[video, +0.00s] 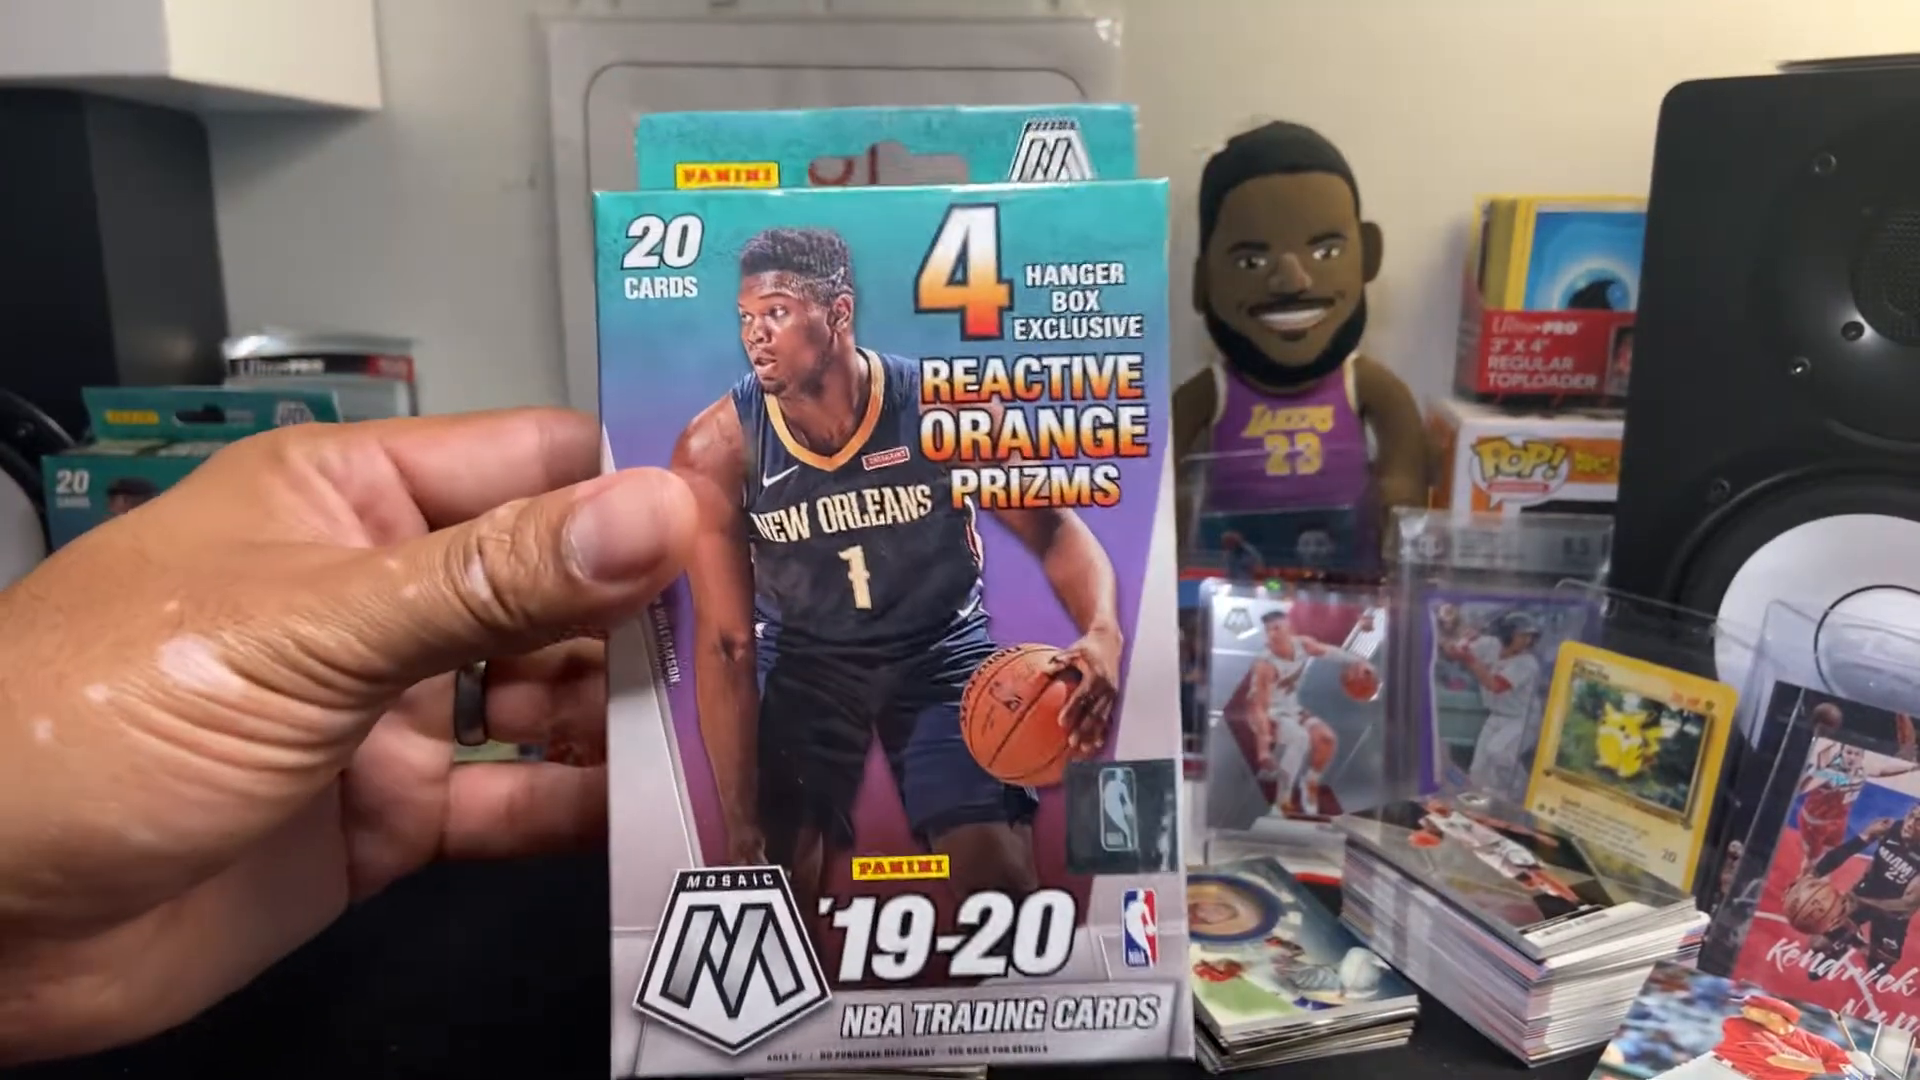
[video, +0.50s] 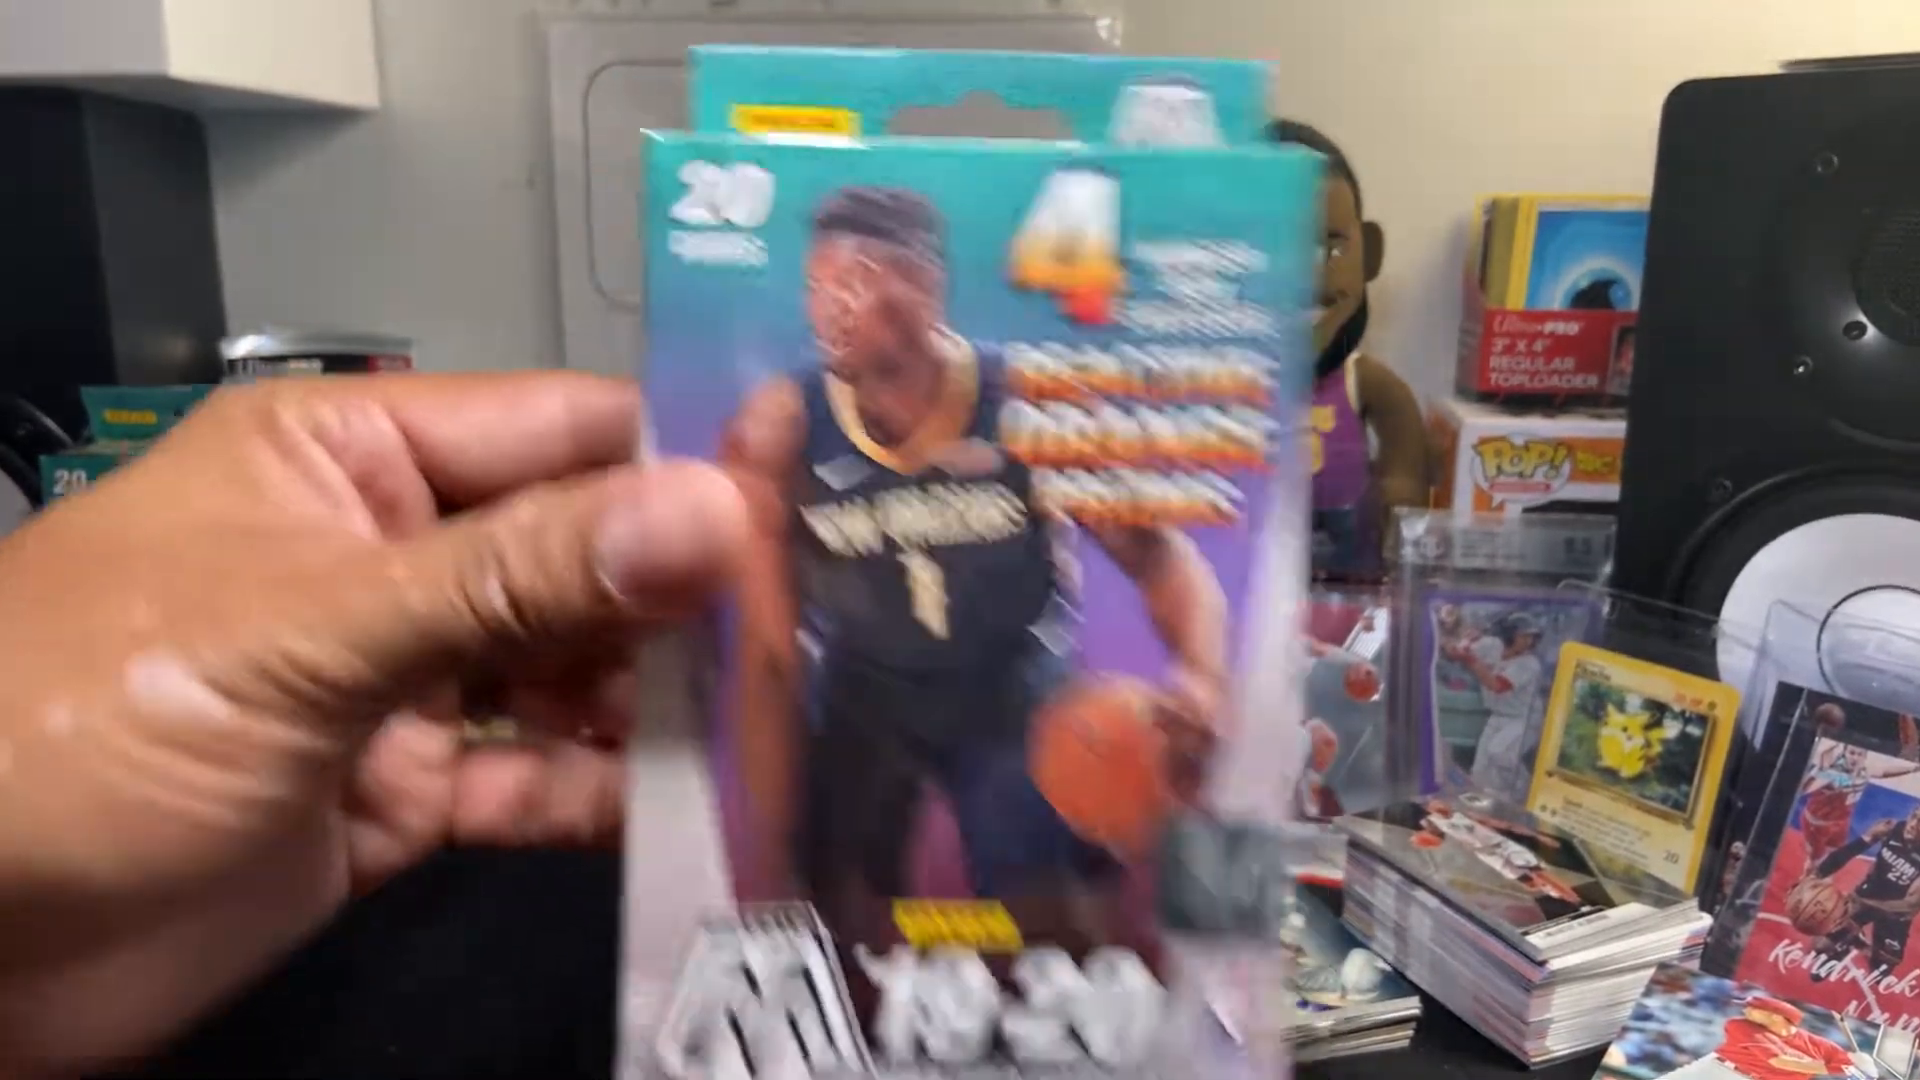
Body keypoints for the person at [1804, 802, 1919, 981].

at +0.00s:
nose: (1911, 824)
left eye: (1918, 822)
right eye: (1911, 816)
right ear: (1906, 814)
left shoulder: (1918, 859)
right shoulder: (1887, 829)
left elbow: (1907, 905)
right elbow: (1845, 851)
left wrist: (1860, 903)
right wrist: (1814, 874)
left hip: (1895, 911)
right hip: (1863, 896)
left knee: (1878, 970)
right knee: (1818, 946)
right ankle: (1843, 945)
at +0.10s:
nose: (1911, 824)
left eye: (1918, 822)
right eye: (1912, 816)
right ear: (1907, 815)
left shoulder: (1917, 858)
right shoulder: (1888, 828)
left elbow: (1908, 905)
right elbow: (1846, 851)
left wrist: (1860, 903)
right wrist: (1814, 874)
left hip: (1895, 911)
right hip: (1864, 896)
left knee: (1879, 967)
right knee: (1818, 945)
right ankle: (1840, 947)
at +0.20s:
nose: (1911, 824)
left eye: (1918, 822)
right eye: (1912, 817)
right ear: (1907, 815)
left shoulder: (1917, 858)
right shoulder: (1888, 829)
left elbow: (1909, 905)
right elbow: (1847, 851)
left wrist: (1861, 903)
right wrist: (1815, 874)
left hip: (1895, 910)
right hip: (1864, 895)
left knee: (1880, 967)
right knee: (1818, 944)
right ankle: (1841, 947)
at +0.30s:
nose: (1912, 824)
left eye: (1918, 823)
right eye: (1912, 817)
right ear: (1908, 815)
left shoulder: (1917, 857)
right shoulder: (1888, 829)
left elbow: (1909, 905)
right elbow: (1847, 851)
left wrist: (1861, 904)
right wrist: (1815, 875)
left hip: (1896, 911)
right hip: (1865, 895)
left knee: (1880, 969)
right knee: (1819, 945)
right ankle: (1842, 947)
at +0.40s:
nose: (1912, 824)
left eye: (1919, 822)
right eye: (1913, 817)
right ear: (1908, 815)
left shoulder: (1918, 857)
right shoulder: (1888, 829)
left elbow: (1910, 905)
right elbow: (1847, 851)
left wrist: (1862, 904)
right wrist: (1815, 875)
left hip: (1896, 910)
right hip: (1866, 895)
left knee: (1881, 968)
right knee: (1820, 945)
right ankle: (1843, 946)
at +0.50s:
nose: (1913, 825)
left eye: (1919, 823)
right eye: (1914, 817)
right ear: (1909, 815)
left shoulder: (1918, 857)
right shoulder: (1889, 829)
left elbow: (1910, 905)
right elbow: (1849, 851)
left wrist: (1863, 904)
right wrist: (1816, 875)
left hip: (1897, 912)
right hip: (1866, 897)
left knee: (1881, 970)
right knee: (1821, 946)